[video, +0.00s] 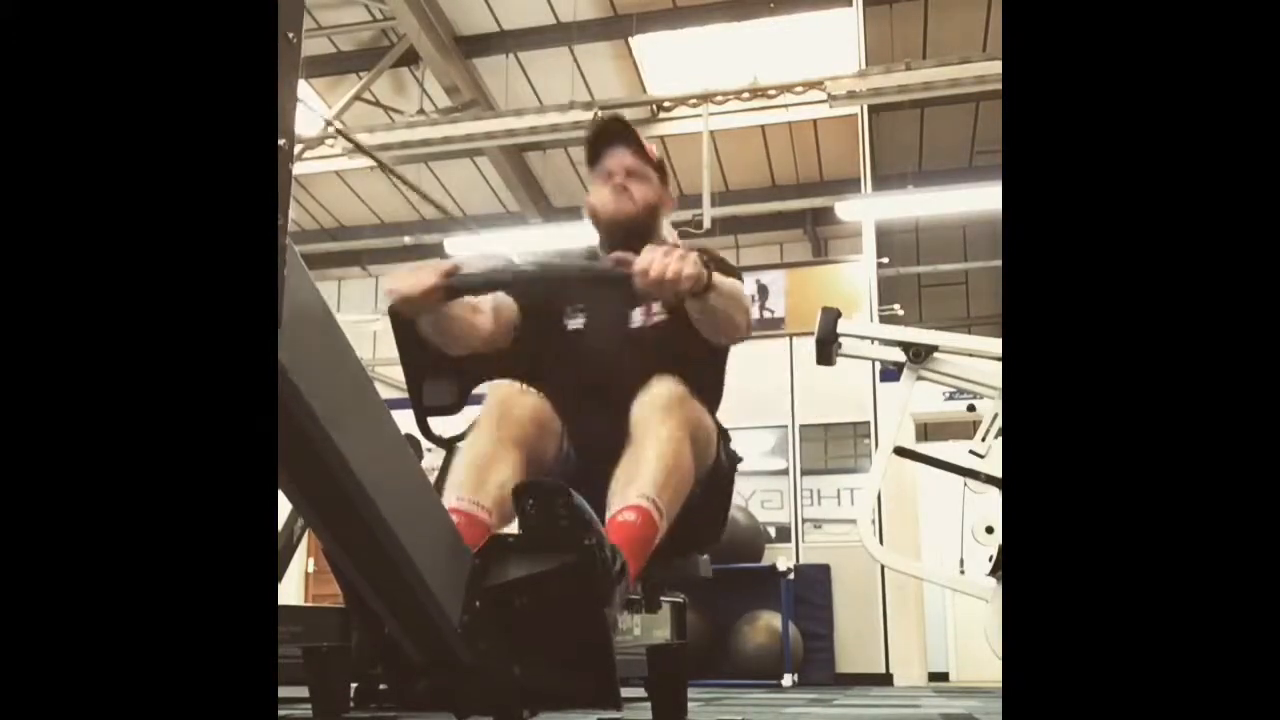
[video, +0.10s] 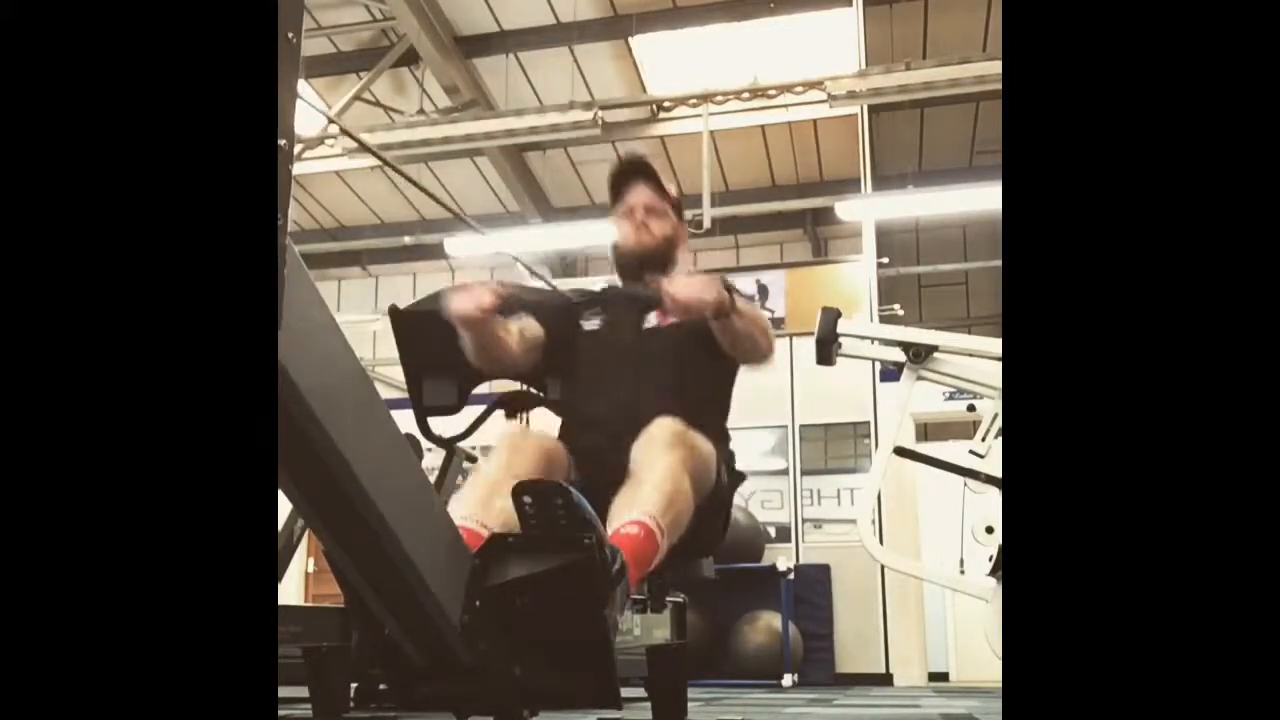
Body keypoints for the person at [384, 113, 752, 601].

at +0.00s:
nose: (619, 182)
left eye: (636, 175)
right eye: (606, 175)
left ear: (665, 196)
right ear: (588, 200)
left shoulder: (699, 267)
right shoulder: (556, 276)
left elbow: (735, 328)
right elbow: (478, 328)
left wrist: (697, 287)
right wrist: (429, 307)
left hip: (676, 477)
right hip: (562, 474)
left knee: (664, 395)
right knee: (508, 398)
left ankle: (612, 568)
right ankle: (446, 557)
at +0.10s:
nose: (639, 219)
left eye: (654, 212)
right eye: (627, 213)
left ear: (680, 229)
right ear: (613, 231)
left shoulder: (711, 301)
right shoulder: (580, 311)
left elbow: (760, 350)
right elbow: (505, 356)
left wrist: (722, 307)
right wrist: (478, 323)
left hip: (688, 481)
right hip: (581, 477)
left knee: (666, 434)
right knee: (522, 444)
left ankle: (610, 579)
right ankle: (448, 562)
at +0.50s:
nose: (651, 289)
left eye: (665, 280)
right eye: (639, 281)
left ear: (690, 293)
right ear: (624, 296)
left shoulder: (725, 355)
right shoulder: (583, 358)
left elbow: (824, 419)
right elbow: (488, 437)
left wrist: (767, 350)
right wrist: (515, 363)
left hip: (689, 504)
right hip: (582, 499)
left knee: (655, 439)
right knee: (536, 439)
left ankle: (610, 572)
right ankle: (469, 554)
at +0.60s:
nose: (641, 259)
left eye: (655, 248)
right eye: (628, 249)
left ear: (681, 262)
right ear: (611, 261)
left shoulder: (716, 333)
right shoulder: (570, 337)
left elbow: (803, 385)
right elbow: (475, 410)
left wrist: (753, 328)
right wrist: (476, 347)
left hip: (682, 499)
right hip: (566, 493)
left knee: (654, 397)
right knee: (526, 400)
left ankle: (610, 560)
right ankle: (465, 547)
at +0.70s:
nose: (623, 212)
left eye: (640, 201)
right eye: (610, 202)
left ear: (668, 221)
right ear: (593, 224)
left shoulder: (702, 297)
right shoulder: (555, 312)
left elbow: (775, 348)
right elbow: (469, 377)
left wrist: (730, 301)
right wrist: (450, 344)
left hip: (678, 495)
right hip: (561, 497)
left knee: (654, 363)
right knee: (508, 367)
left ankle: (609, 561)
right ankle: (451, 546)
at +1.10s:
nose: (597, 164)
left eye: (615, 155)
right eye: (583, 156)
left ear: (648, 180)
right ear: (567, 183)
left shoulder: (691, 255)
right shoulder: (537, 272)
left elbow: (727, 313)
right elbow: (457, 324)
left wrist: (691, 291)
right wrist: (405, 311)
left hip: (670, 481)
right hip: (555, 473)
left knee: (656, 361)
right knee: (500, 366)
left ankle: (608, 565)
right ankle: (446, 556)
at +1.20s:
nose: (625, 198)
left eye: (642, 190)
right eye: (611, 189)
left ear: (669, 210)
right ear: (593, 207)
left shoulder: (699, 276)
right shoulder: (565, 283)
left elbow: (747, 333)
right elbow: (492, 339)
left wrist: (707, 289)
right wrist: (449, 319)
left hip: (678, 471)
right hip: (563, 466)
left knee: (662, 405)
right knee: (505, 411)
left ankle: (607, 569)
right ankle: (452, 558)